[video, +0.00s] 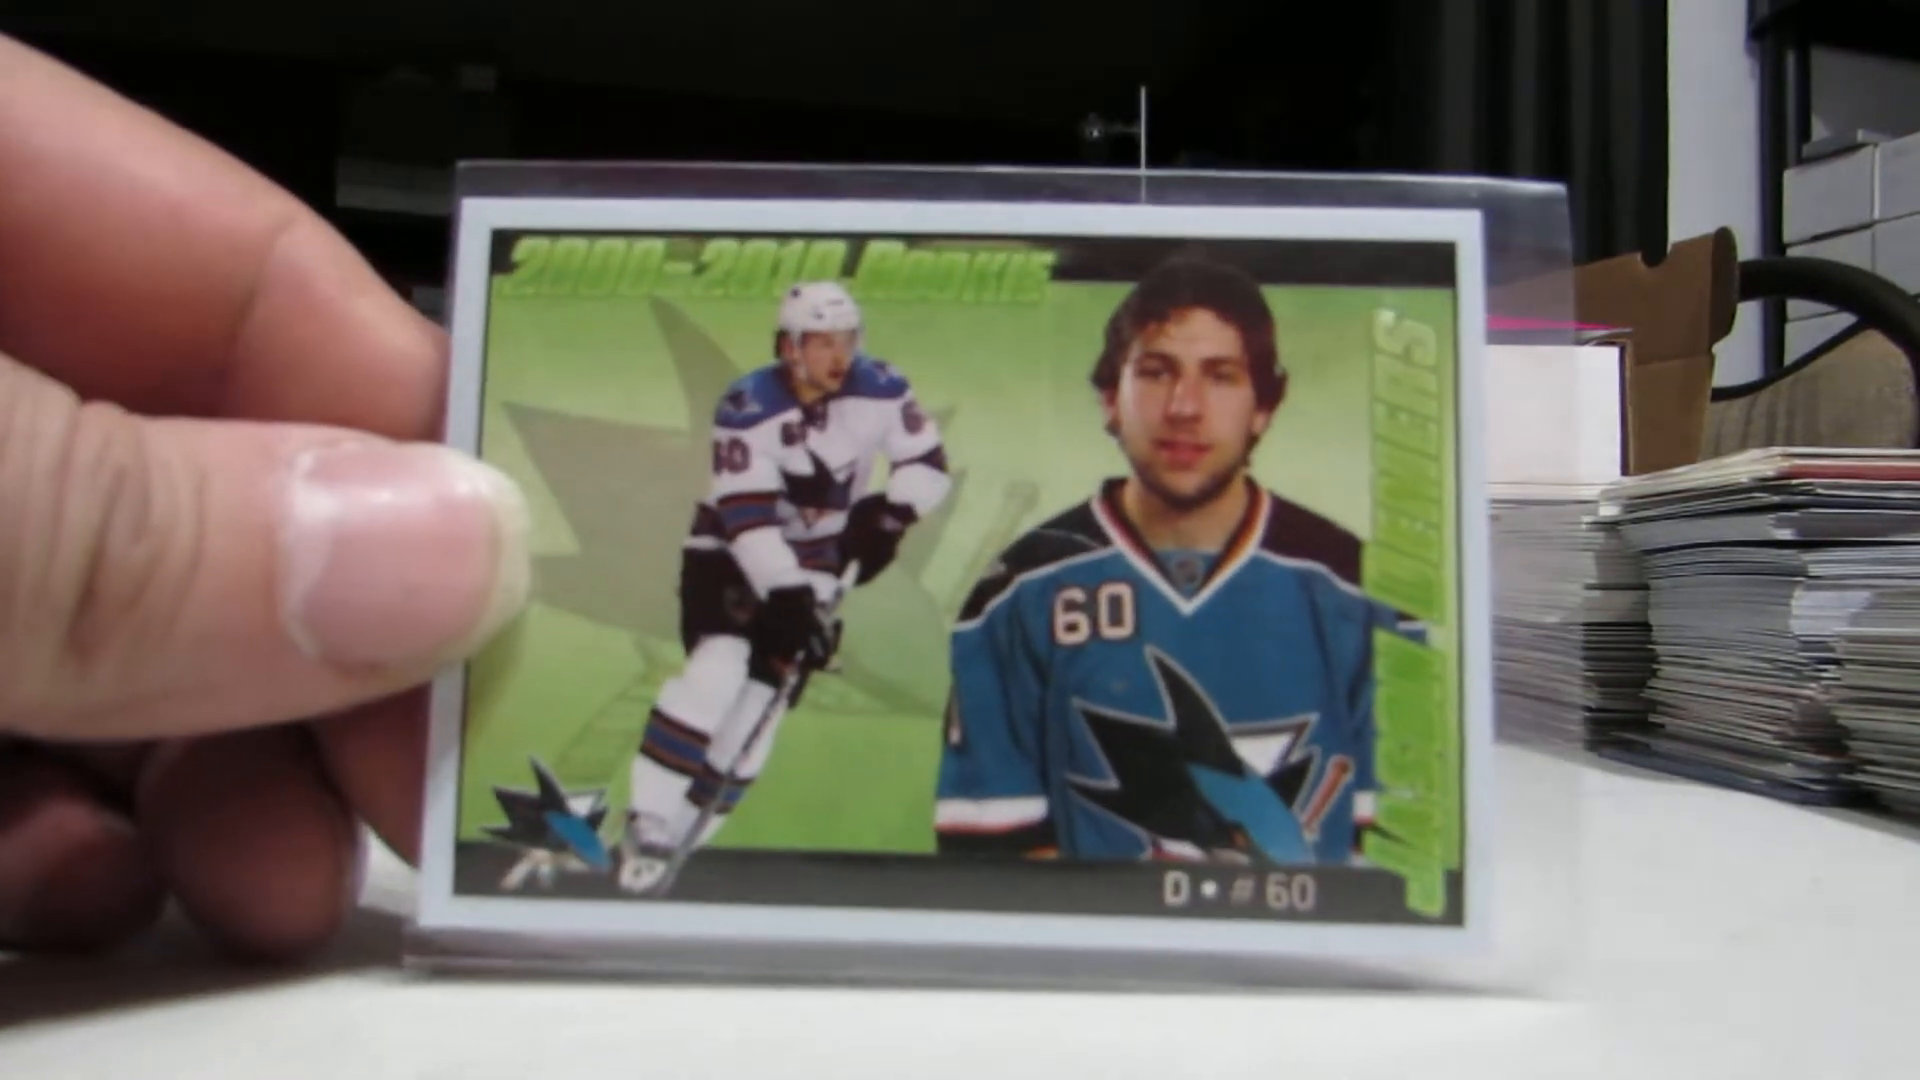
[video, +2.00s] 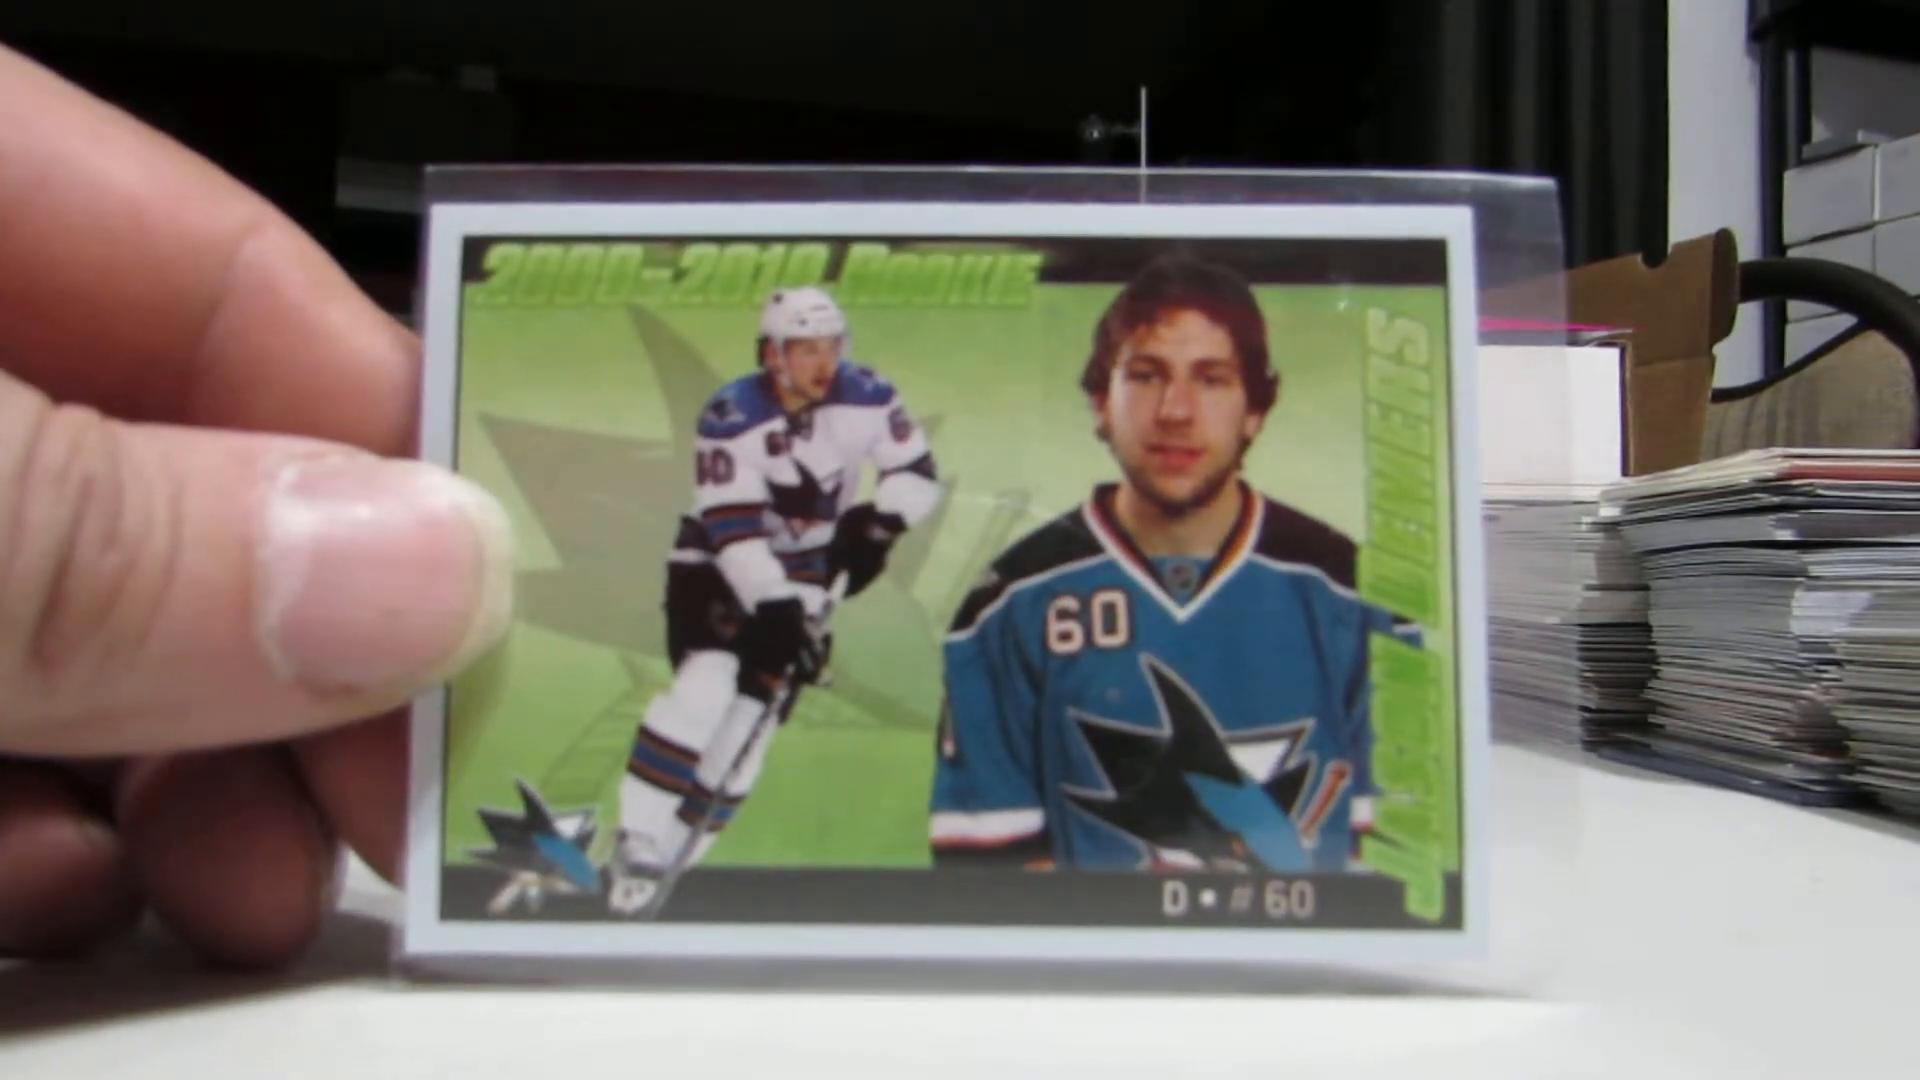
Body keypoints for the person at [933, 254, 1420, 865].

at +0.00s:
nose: (1184, 405)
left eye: (1220, 376)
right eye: (1155, 371)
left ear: (1263, 408)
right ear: (1111, 401)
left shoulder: (1354, 581)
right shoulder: (1022, 592)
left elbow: (1394, 842)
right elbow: (986, 862)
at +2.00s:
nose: (1175, 409)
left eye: (1210, 379)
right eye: (1146, 375)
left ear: (1254, 412)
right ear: (1101, 404)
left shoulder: (1348, 585)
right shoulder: (1015, 600)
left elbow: (1393, 852)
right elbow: (989, 874)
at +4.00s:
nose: (1176, 411)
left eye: (1211, 381)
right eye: (1146, 378)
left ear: (1254, 413)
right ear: (1102, 407)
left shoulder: (1354, 589)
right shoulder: (1017, 604)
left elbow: (1400, 851)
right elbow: (992, 872)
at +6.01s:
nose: (1177, 411)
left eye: (1212, 381)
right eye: (1147, 377)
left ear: (1255, 415)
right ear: (1103, 408)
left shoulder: (1355, 589)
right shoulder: (1017, 604)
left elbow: (1400, 856)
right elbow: (994, 876)